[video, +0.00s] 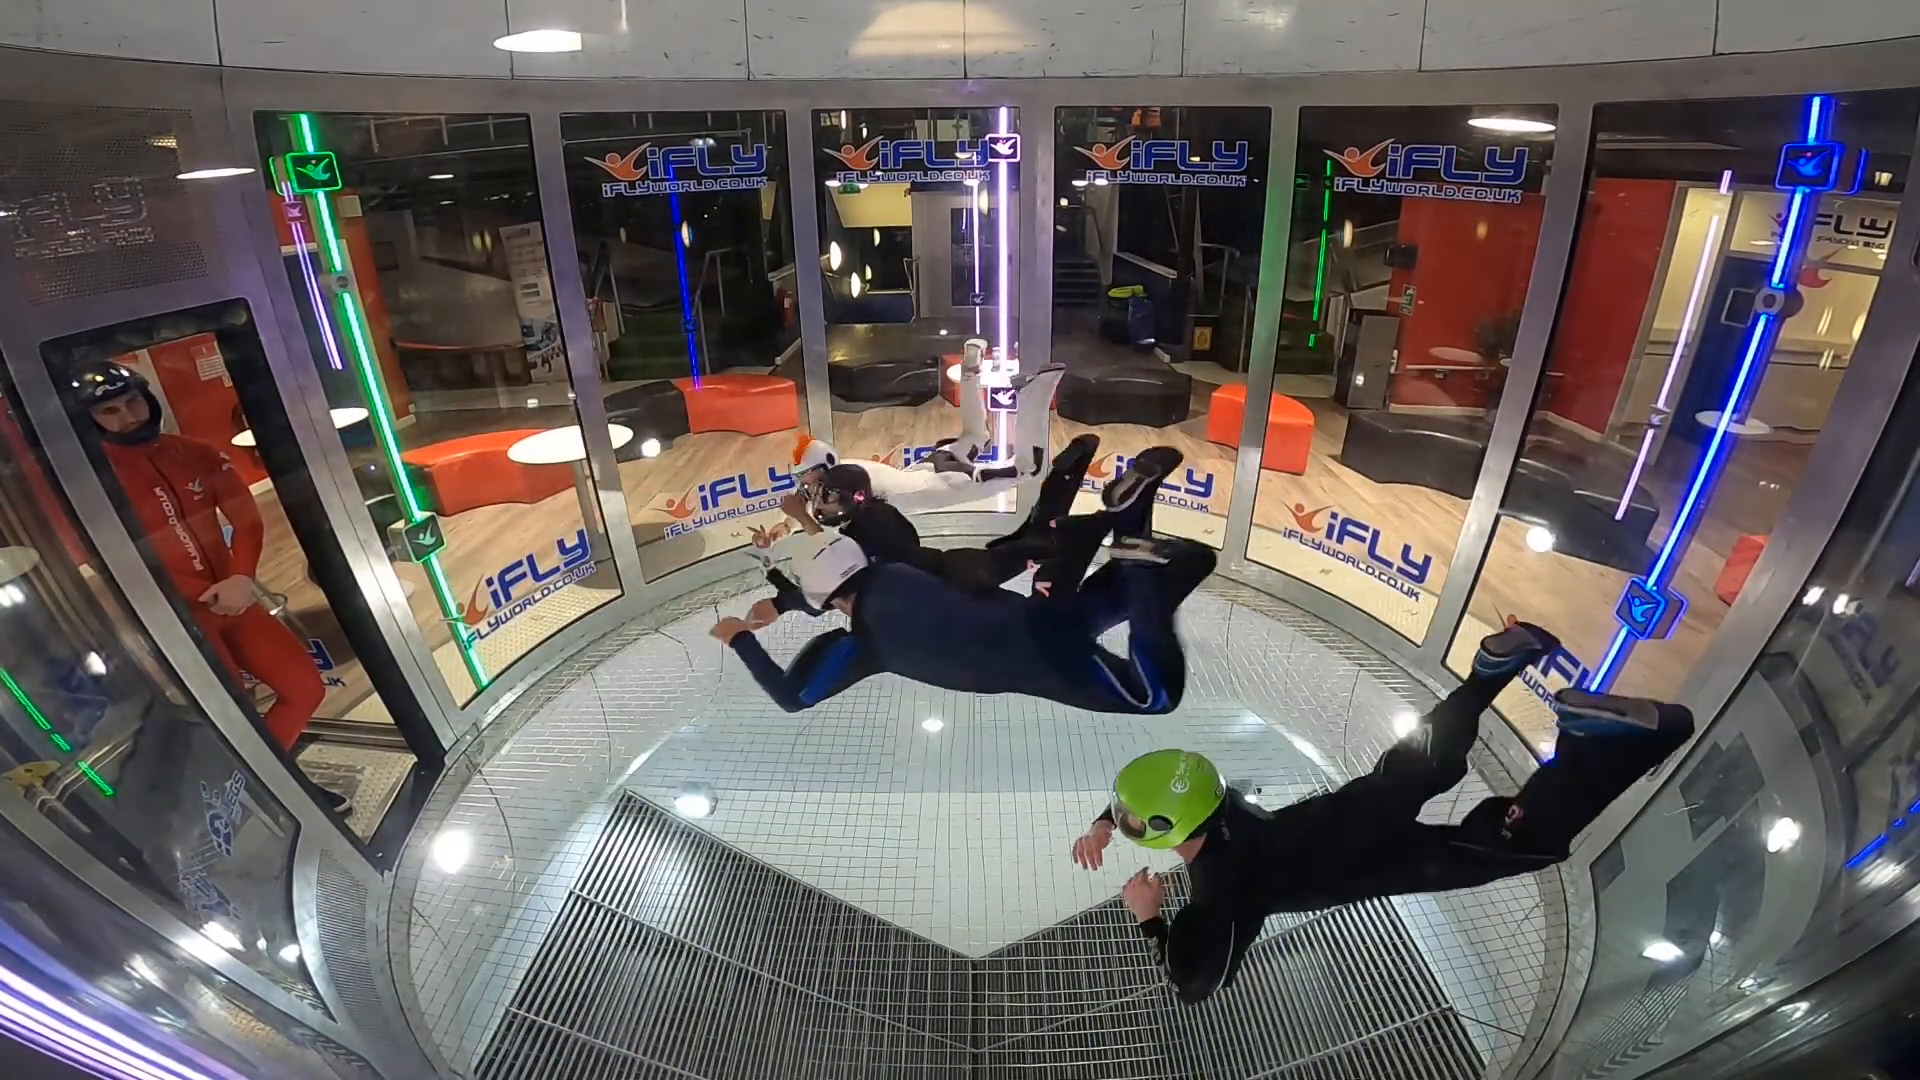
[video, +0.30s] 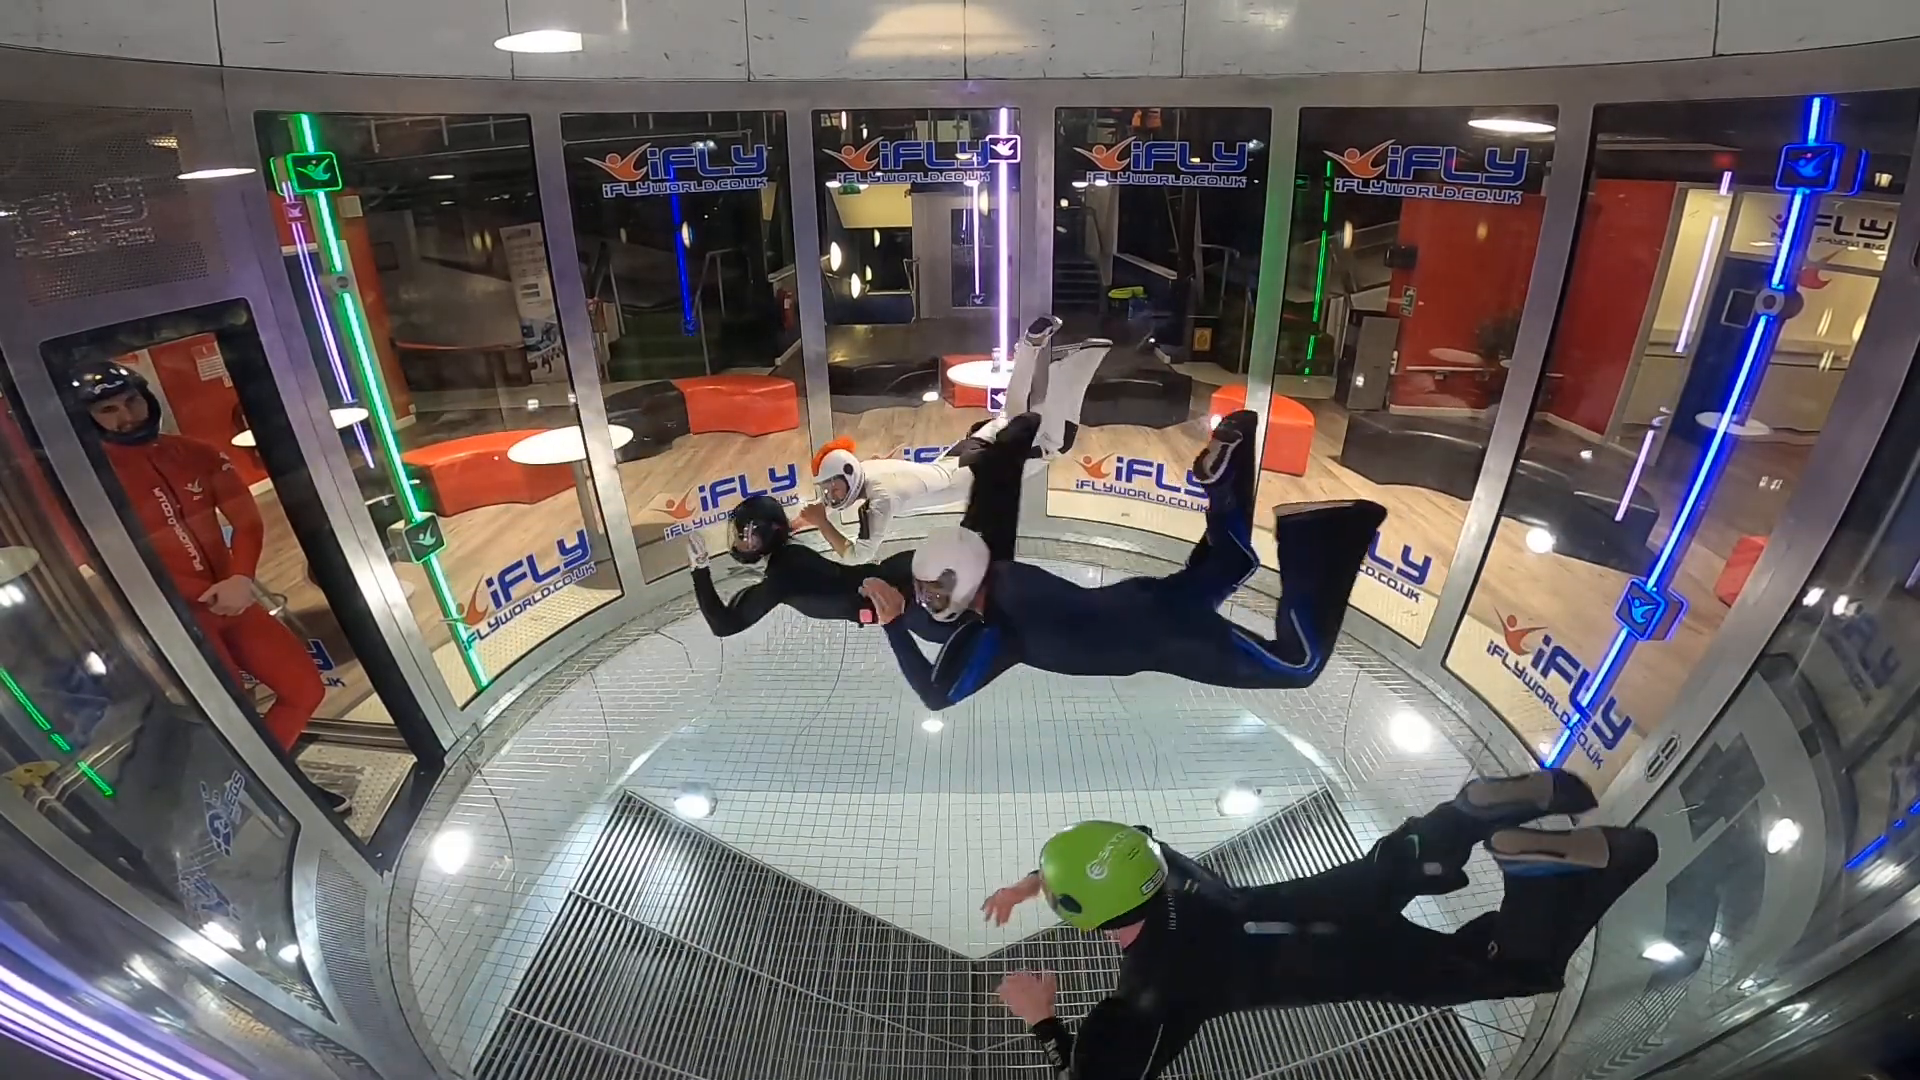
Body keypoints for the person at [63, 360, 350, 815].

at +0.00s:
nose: (127, 417)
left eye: (130, 402)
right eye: (109, 411)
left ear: (145, 398)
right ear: (91, 421)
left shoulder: (197, 455)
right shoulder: (96, 479)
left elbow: (247, 521)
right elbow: (106, 565)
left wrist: (243, 577)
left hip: (233, 603)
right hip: (181, 622)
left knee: (306, 688)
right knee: (237, 714)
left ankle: (241, 784)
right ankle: (293, 793)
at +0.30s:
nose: (124, 417)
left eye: (129, 402)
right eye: (108, 411)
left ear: (144, 398)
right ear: (90, 420)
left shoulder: (196, 454)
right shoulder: (94, 479)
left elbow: (247, 521)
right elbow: (104, 563)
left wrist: (241, 577)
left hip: (233, 603)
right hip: (181, 622)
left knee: (305, 688)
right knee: (236, 713)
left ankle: (248, 781)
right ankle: (291, 791)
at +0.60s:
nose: (122, 416)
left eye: (127, 401)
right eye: (105, 410)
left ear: (142, 398)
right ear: (87, 419)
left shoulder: (195, 454)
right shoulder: (93, 477)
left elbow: (246, 520)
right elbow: (110, 562)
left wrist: (239, 577)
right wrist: (206, 592)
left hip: (232, 602)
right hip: (181, 621)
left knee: (305, 688)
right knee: (237, 714)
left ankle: (244, 783)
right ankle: (293, 793)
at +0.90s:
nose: (121, 416)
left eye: (124, 401)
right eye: (103, 411)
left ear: (140, 397)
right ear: (87, 422)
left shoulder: (196, 455)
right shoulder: (90, 477)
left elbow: (245, 519)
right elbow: (102, 563)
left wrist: (239, 577)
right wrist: (202, 593)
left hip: (231, 602)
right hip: (178, 622)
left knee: (304, 689)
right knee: (236, 710)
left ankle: (245, 783)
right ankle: (292, 791)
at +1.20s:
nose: (122, 414)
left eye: (126, 399)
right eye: (104, 409)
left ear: (141, 397)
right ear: (88, 421)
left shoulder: (195, 454)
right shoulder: (93, 477)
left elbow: (246, 520)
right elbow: (104, 564)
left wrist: (237, 579)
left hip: (230, 603)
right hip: (180, 622)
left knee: (303, 692)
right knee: (237, 709)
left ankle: (253, 775)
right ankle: (294, 790)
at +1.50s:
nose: (126, 414)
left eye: (129, 399)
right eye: (107, 408)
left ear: (143, 395)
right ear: (87, 419)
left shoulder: (197, 455)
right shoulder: (93, 480)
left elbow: (248, 522)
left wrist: (238, 586)